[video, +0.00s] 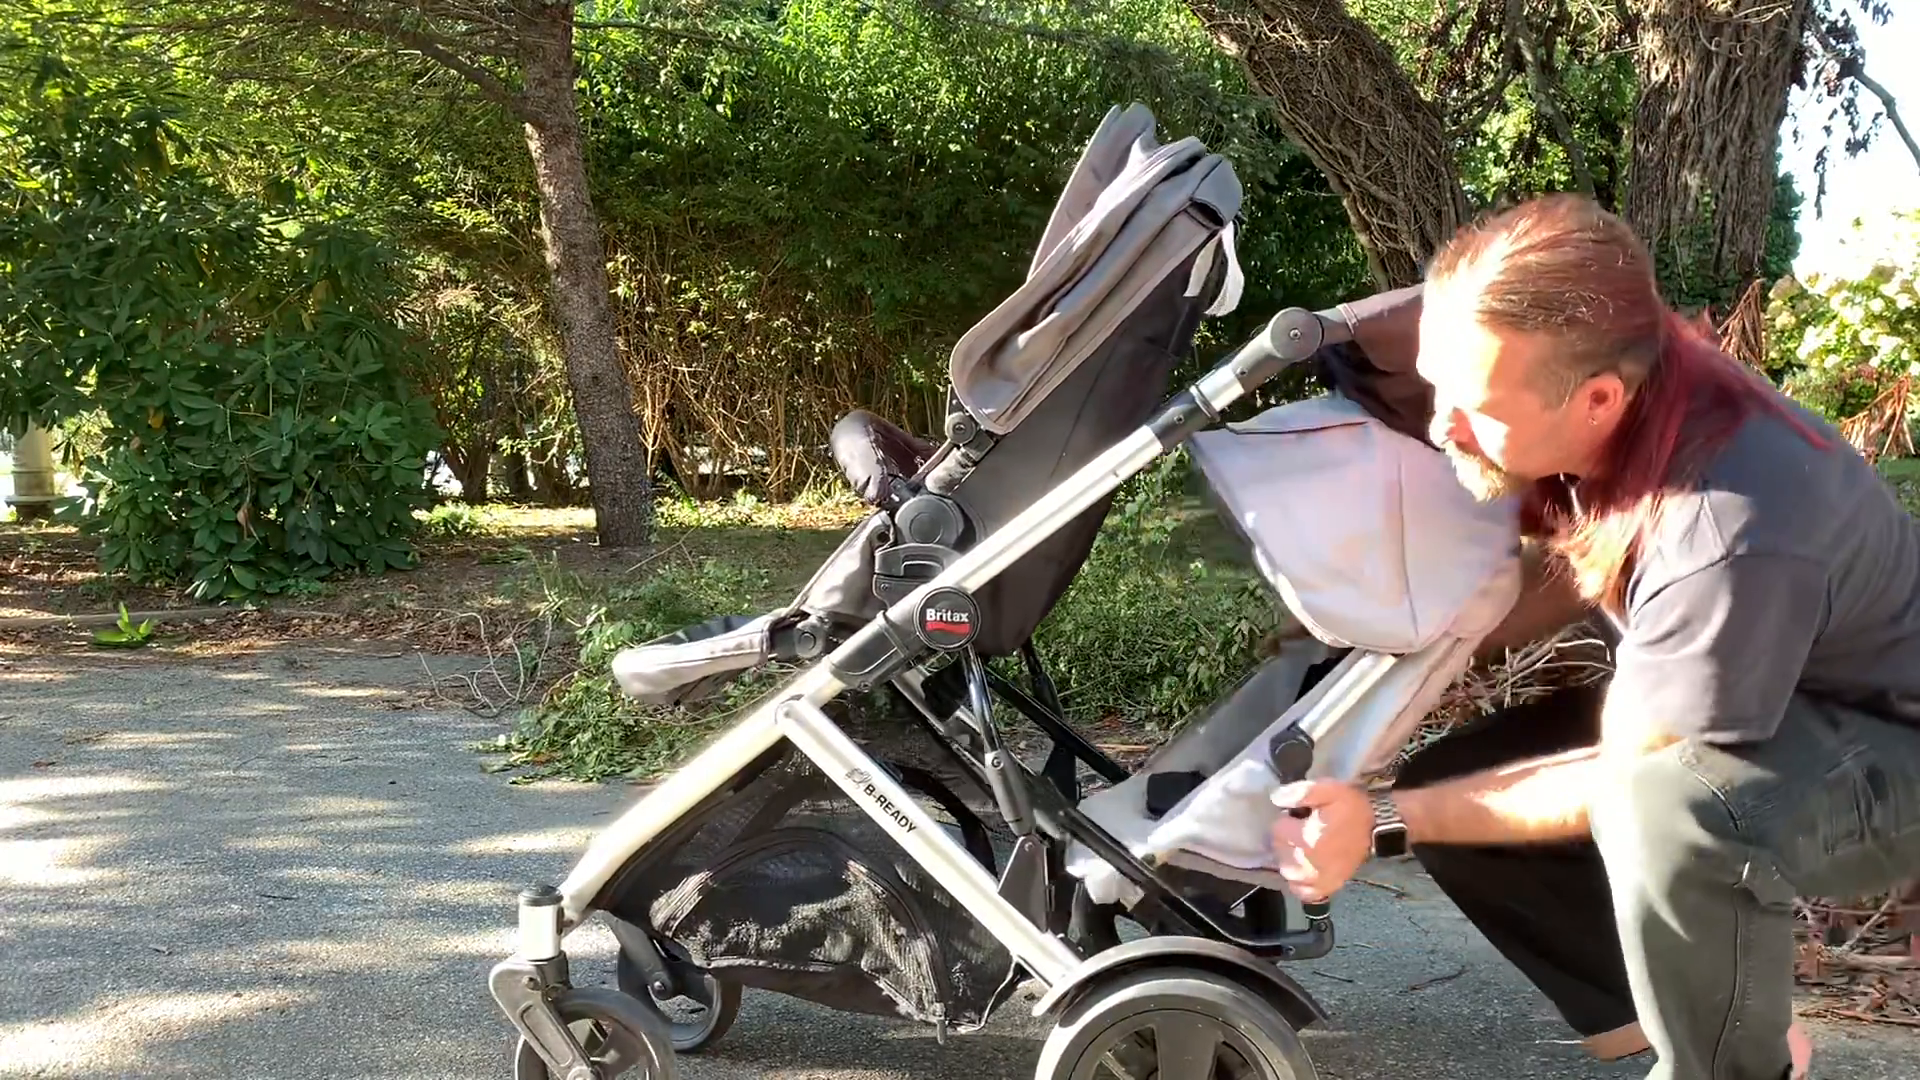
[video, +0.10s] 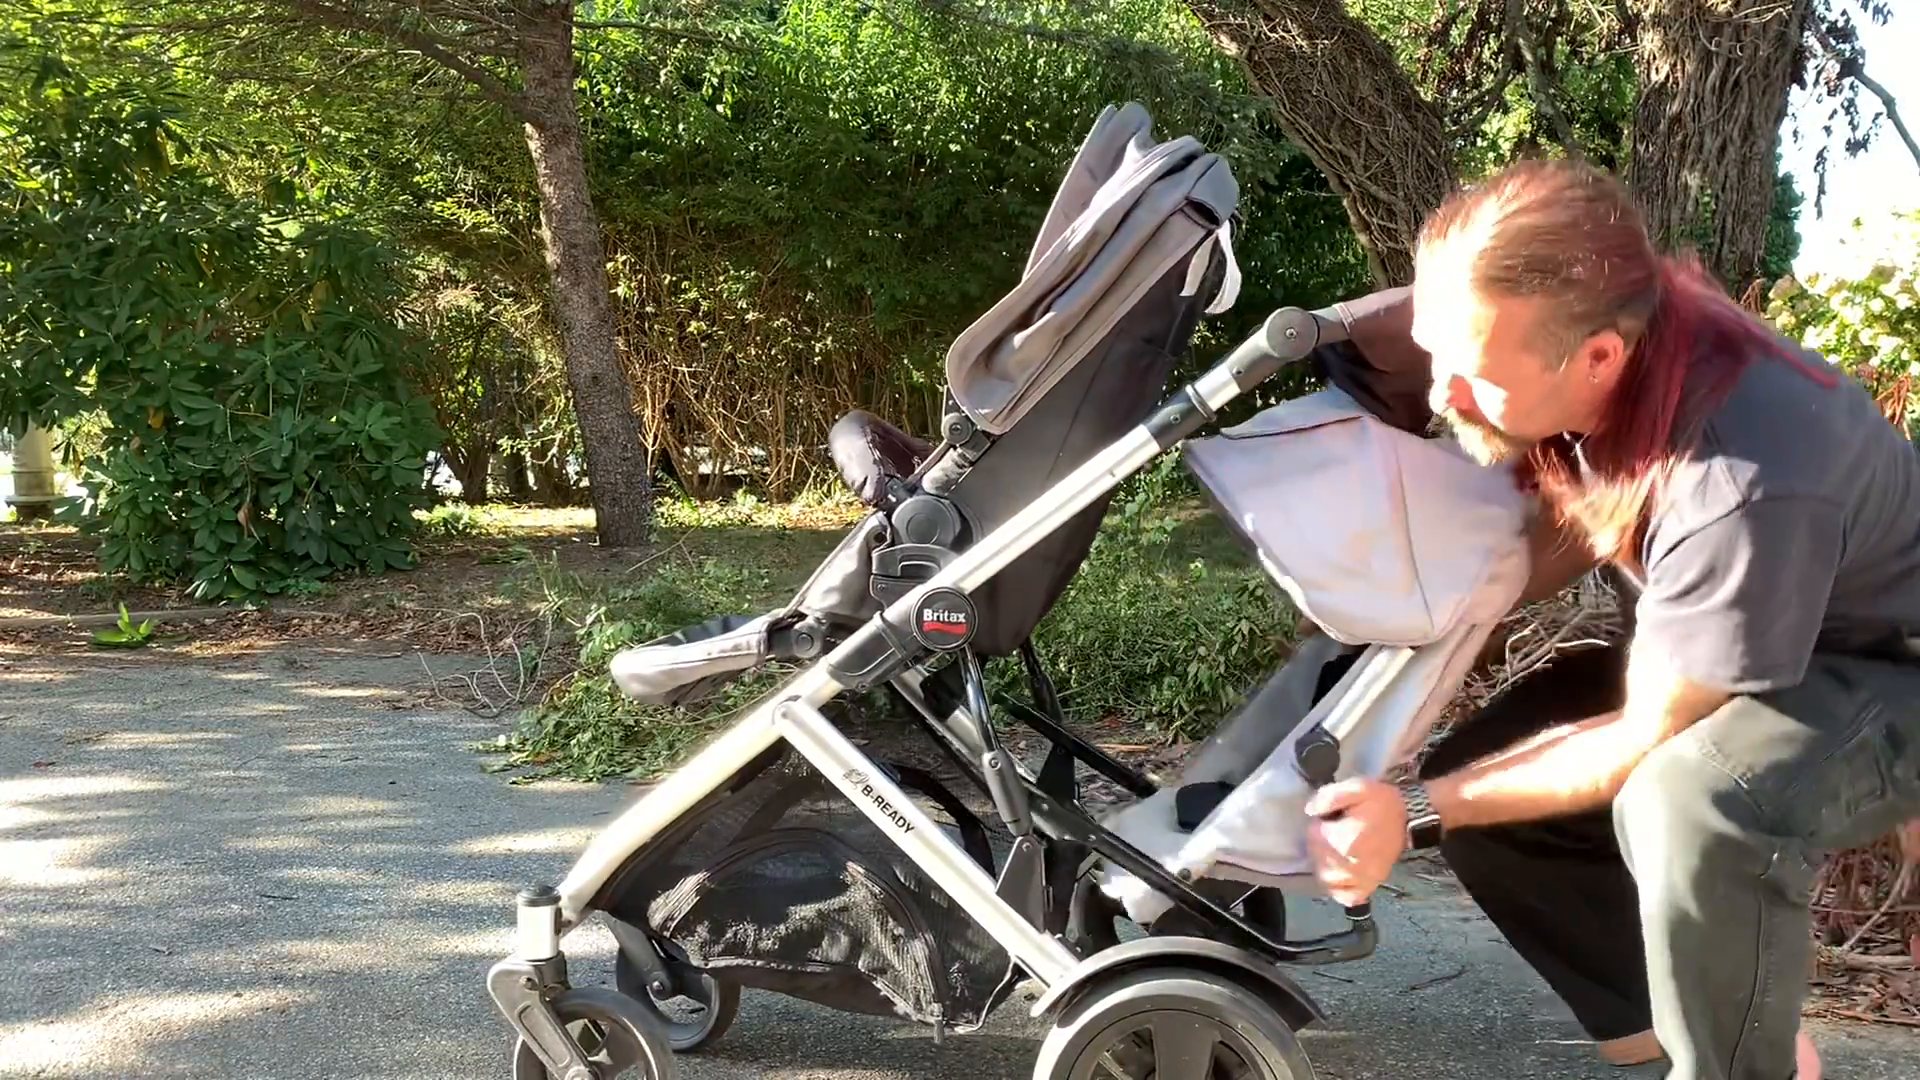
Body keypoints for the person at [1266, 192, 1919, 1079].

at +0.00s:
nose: (1446, 428)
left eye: (1473, 411)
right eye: (1441, 396)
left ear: (1599, 403)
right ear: (1597, 400)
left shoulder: (1728, 521)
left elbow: (1637, 780)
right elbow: (1571, 569)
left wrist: (1389, 818)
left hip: (1895, 731)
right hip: (1754, 679)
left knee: (1671, 809)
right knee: (1453, 801)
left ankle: (1741, 1065)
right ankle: (1689, 1031)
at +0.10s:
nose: (1445, 392)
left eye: (1471, 369)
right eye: (1436, 356)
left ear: (1598, 361)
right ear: (1598, 357)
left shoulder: (1743, 479)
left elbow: (1656, 742)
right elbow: (1576, 528)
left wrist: (1418, 811)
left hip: (1894, 665)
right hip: (1751, 620)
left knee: (1693, 805)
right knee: (1474, 788)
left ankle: (1748, 1064)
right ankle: (1675, 1037)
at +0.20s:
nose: (1454, 342)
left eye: (1482, 319)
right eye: (1446, 307)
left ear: (1607, 300)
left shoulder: (1773, 404)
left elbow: (1687, 684)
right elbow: (1534, 517)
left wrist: (1473, 794)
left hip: (1889, 583)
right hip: (1727, 567)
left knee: (1733, 776)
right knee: (1518, 778)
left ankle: (1744, 1066)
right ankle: (1661, 1050)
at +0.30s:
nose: (1472, 300)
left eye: (1499, 275)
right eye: (1462, 267)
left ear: (1623, 246)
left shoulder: (1798, 339)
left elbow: (1735, 632)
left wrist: (1525, 780)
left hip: (1886, 544)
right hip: (1712, 530)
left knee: (1776, 758)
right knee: (1555, 771)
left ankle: (1747, 1069)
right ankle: (1673, 1051)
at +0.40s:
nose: (1488, 267)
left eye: (1514, 238)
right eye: (1475, 232)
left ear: (1635, 205)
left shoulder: (1819, 283)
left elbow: (1775, 593)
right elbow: (1595, 402)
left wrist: (1585, 766)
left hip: (1890, 522)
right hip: (1714, 510)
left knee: (1795, 764)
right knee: (1597, 753)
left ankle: (1749, 1070)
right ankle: (1680, 1054)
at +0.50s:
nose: (1511, 219)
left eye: (1532, 190)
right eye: (1498, 188)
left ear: (1656, 142)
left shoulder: (1852, 222)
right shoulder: (1594, 188)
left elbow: (1840, 535)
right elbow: (1585, 328)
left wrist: (1678, 735)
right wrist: (1595, 439)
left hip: (1877, 499)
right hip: (1705, 490)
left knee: (1837, 781)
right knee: (1646, 768)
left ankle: (1735, 1059)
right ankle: (1688, 1049)